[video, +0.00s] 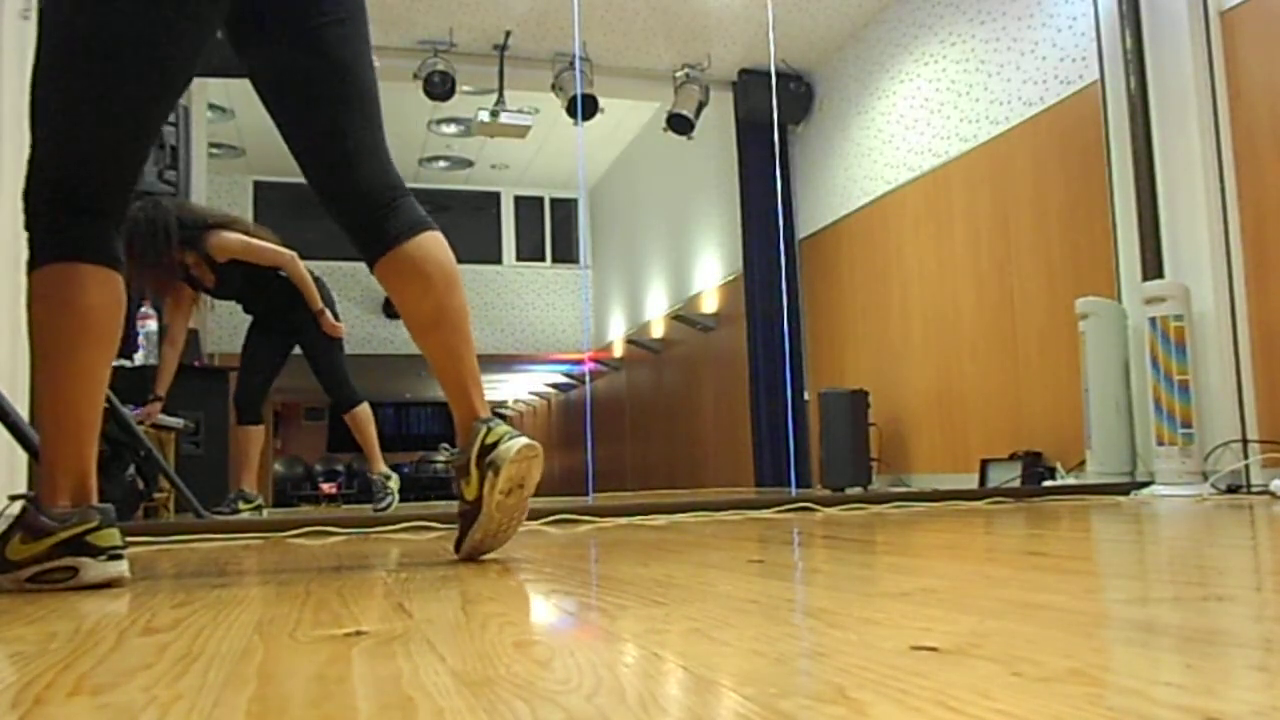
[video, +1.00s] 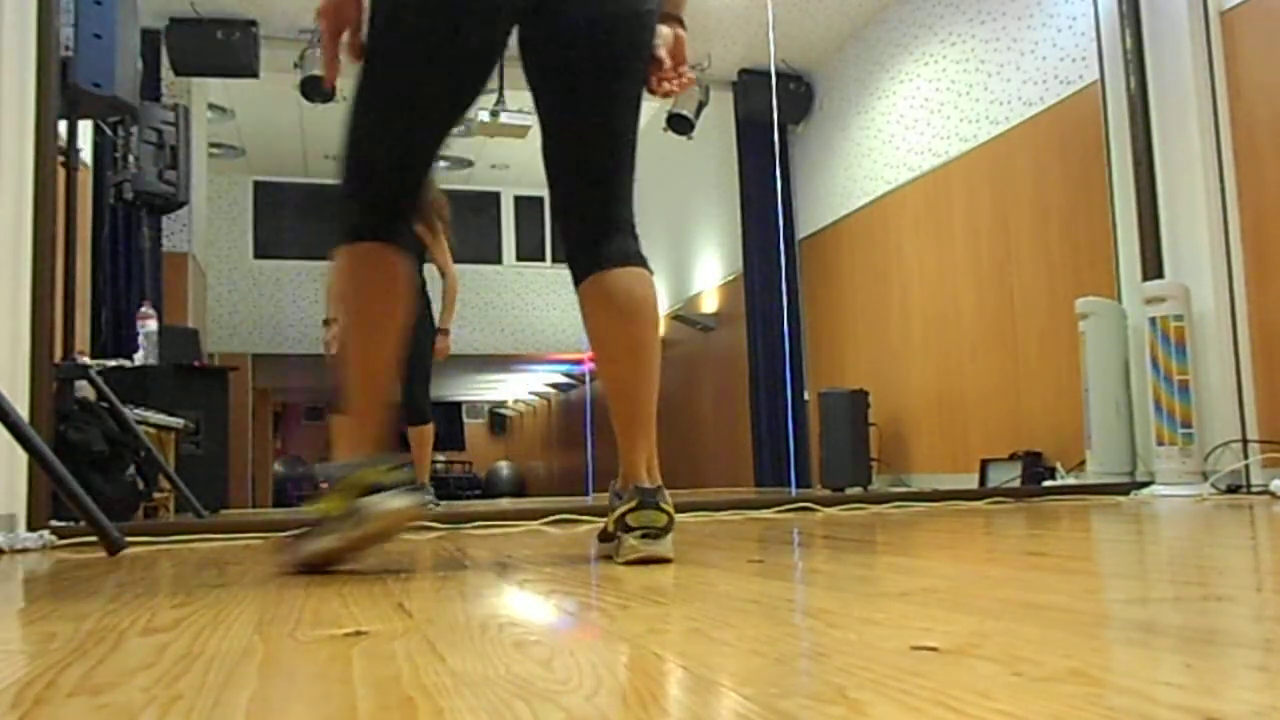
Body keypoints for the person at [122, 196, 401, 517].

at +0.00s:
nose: (150, 260)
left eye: (150, 250)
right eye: (145, 253)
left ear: (164, 238)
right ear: (165, 239)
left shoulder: (218, 244)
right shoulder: (183, 280)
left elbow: (290, 259)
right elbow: (173, 339)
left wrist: (321, 311)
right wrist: (158, 398)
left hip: (305, 305)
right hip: (268, 318)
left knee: (339, 388)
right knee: (247, 398)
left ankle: (380, 473)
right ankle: (248, 495)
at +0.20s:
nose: (157, 257)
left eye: (157, 247)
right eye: (152, 250)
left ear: (173, 235)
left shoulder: (228, 242)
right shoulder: (189, 275)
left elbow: (298, 259)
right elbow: (173, 335)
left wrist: (328, 312)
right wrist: (156, 394)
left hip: (310, 305)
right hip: (274, 317)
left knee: (345, 386)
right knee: (251, 397)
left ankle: (385, 473)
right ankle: (248, 494)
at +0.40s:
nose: (188, 248)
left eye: (189, 239)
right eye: (185, 242)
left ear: (207, 229)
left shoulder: (256, 237)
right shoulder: (213, 269)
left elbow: (324, 261)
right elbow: (202, 328)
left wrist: (348, 316)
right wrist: (189, 383)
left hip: (324, 311)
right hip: (287, 321)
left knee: (357, 392)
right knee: (256, 399)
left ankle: (401, 475)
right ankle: (248, 496)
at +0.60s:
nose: (252, 231)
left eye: (255, 221)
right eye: (249, 224)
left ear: (274, 214)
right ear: (255, 223)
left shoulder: (317, 236)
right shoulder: (266, 257)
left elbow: (372, 272)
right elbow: (261, 310)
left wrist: (385, 329)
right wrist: (257, 364)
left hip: (358, 321)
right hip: (316, 327)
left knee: (380, 403)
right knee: (278, 398)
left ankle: (419, 483)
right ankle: (250, 493)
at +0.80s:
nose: (347, 219)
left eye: (351, 211)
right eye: (342, 212)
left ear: (365, 206)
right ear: (334, 212)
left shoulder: (388, 228)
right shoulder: (328, 238)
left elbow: (426, 277)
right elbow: (319, 294)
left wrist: (430, 332)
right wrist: (316, 345)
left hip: (396, 323)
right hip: (350, 325)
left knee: (412, 404)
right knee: (313, 402)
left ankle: (423, 485)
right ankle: (266, 489)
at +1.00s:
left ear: (405, 191)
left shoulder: (418, 221)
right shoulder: (357, 226)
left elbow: (449, 274)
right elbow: (337, 272)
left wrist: (444, 328)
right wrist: (334, 319)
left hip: (411, 318)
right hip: (365, 319)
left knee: (415, 401)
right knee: (359, 392)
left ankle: (422, 484)